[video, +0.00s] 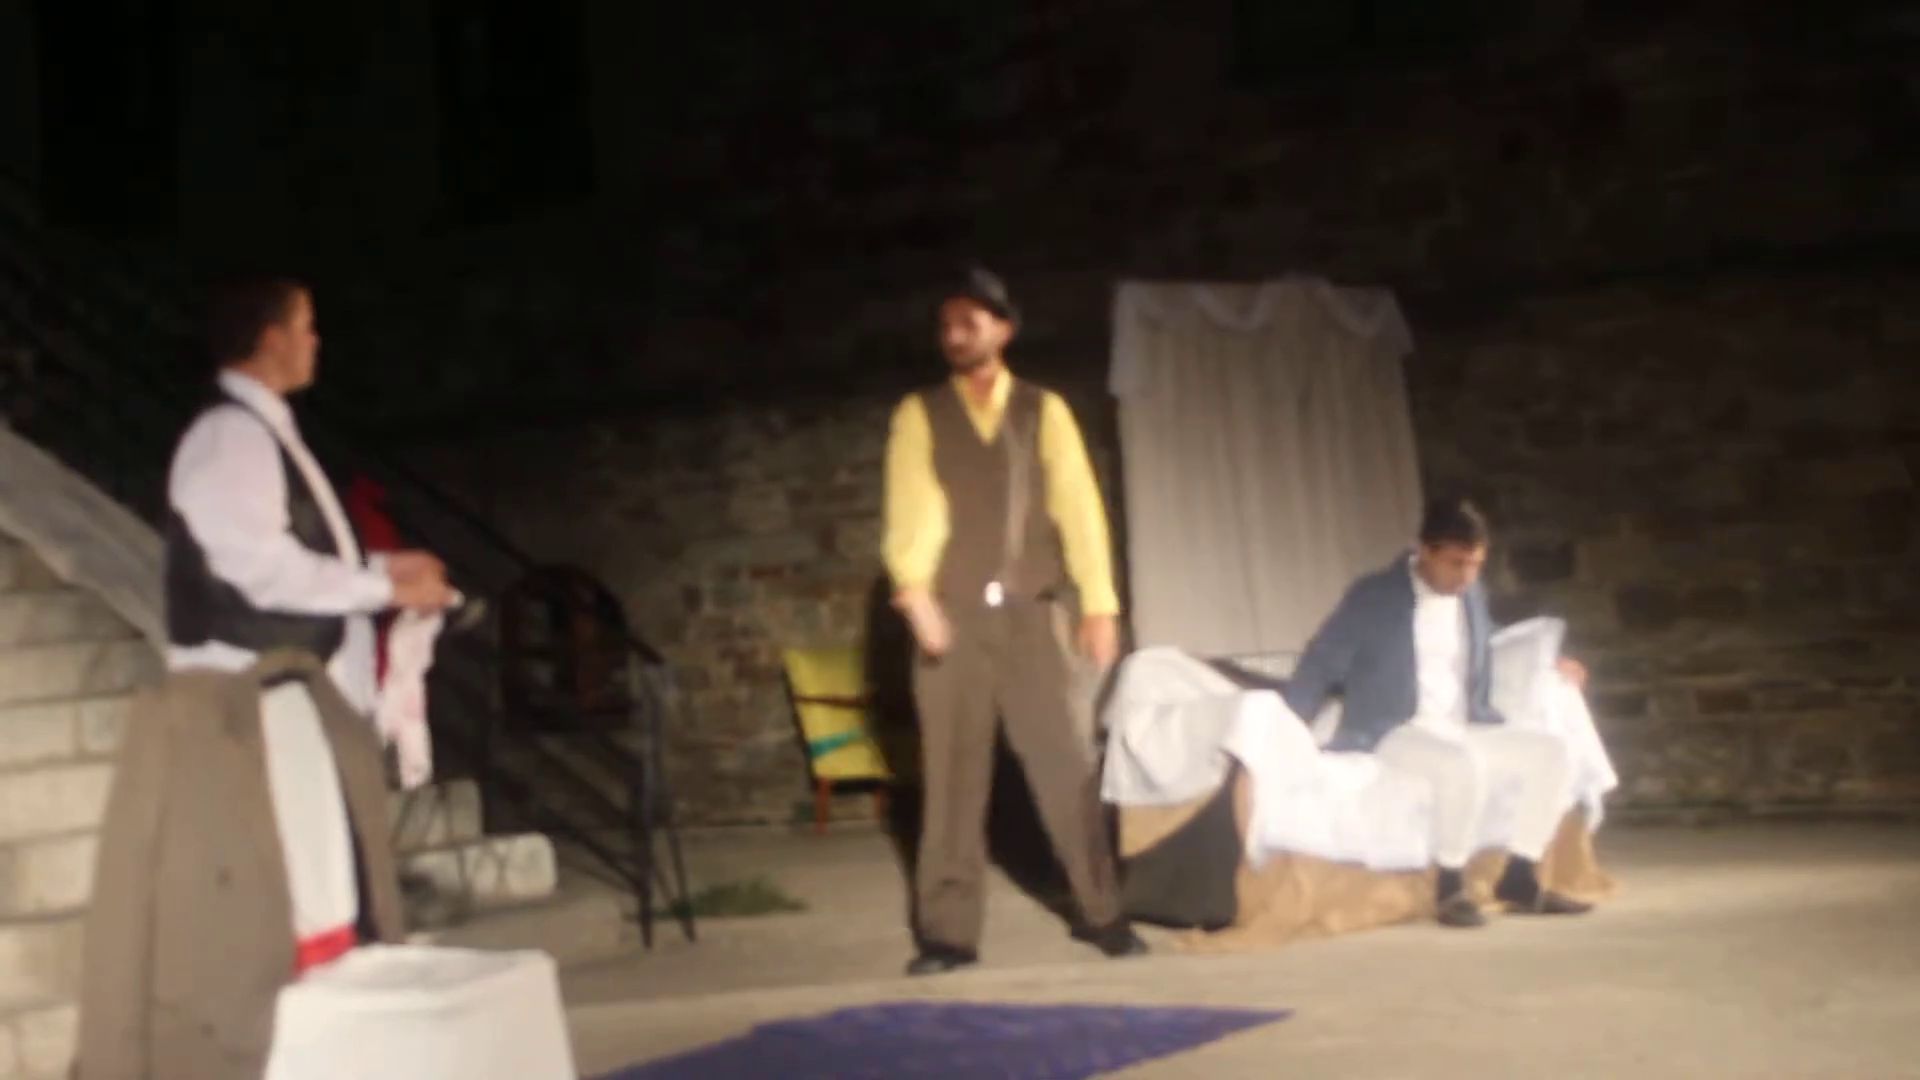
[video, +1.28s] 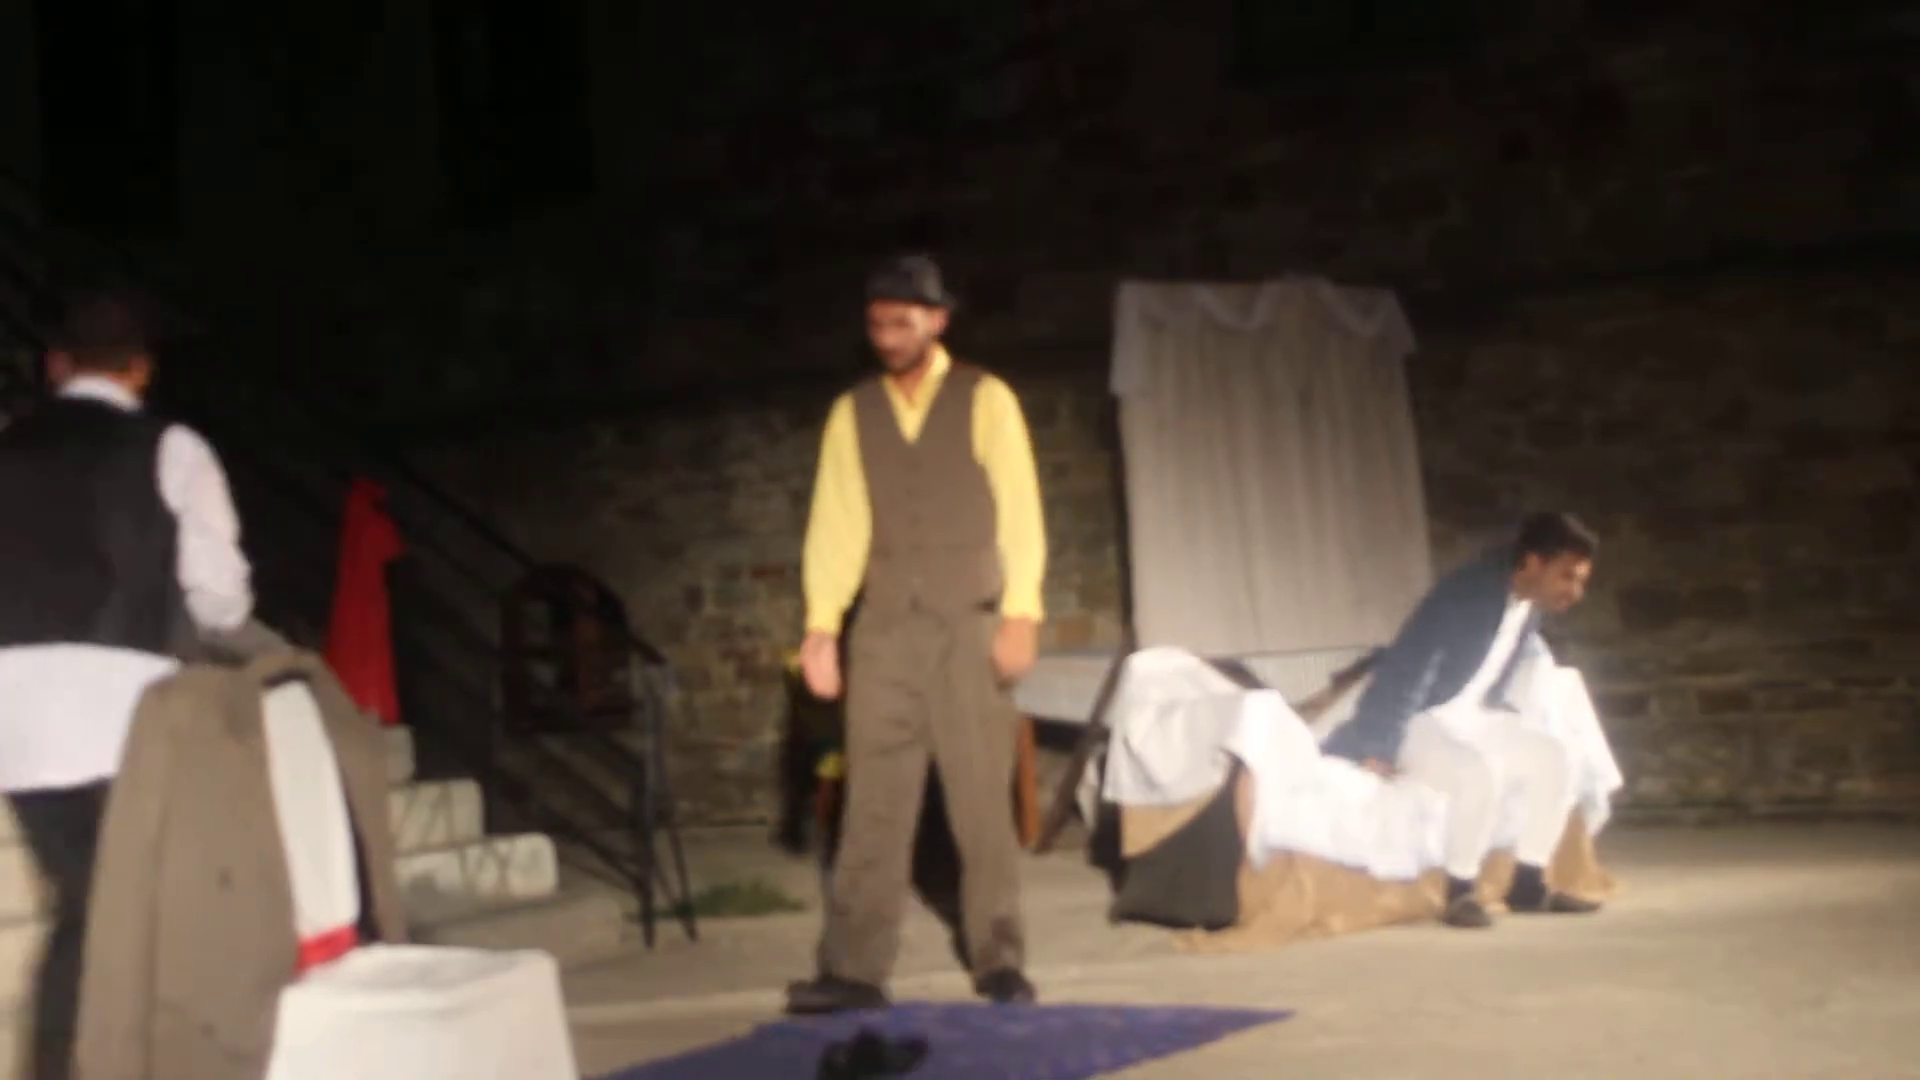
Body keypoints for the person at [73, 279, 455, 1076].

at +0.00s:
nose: (315, 344)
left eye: (312, 329)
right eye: (305, 329)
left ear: (261, 339)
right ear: (266, 338)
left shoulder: (271, 431)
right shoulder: (228, 436)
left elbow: (290, 566)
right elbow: (257, 569)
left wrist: (390, 584)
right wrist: (382, 585)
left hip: (295, 696)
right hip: (249, 705)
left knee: (329, 885)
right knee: (300, 890)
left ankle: (334, 1047)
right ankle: (299, 1051)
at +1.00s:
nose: (299, 396)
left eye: (300, 381)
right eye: (292, 378)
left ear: (248, 374)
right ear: (246, 371)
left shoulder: (230, 453)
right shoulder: (205, 449)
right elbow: (219, 576)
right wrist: (329, 636)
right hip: (171, 700)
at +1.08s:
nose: (271, 395)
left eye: (275, 380)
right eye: (270, 377)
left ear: (213, 363)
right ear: (236, 366)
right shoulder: (218, 445)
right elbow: (230, 568)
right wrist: (299, 634)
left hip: (99, 661)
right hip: (163, 673)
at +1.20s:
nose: (203, 379)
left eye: (204, 365)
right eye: (202, 364)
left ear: (116, 357)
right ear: (188, 364)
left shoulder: (50, 435)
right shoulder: (196, 443)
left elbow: (8, 572)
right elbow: (236, 589)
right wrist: (249, 642)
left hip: (30, 694)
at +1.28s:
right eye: (143, 365)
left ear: (56, 366)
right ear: (144, 370)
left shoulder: (16, 444)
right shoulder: (172, 450)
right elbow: (217, 597)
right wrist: (237, 654)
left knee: (81, 908)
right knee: (114, 910)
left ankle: (63, 1058)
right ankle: (64, 1058)